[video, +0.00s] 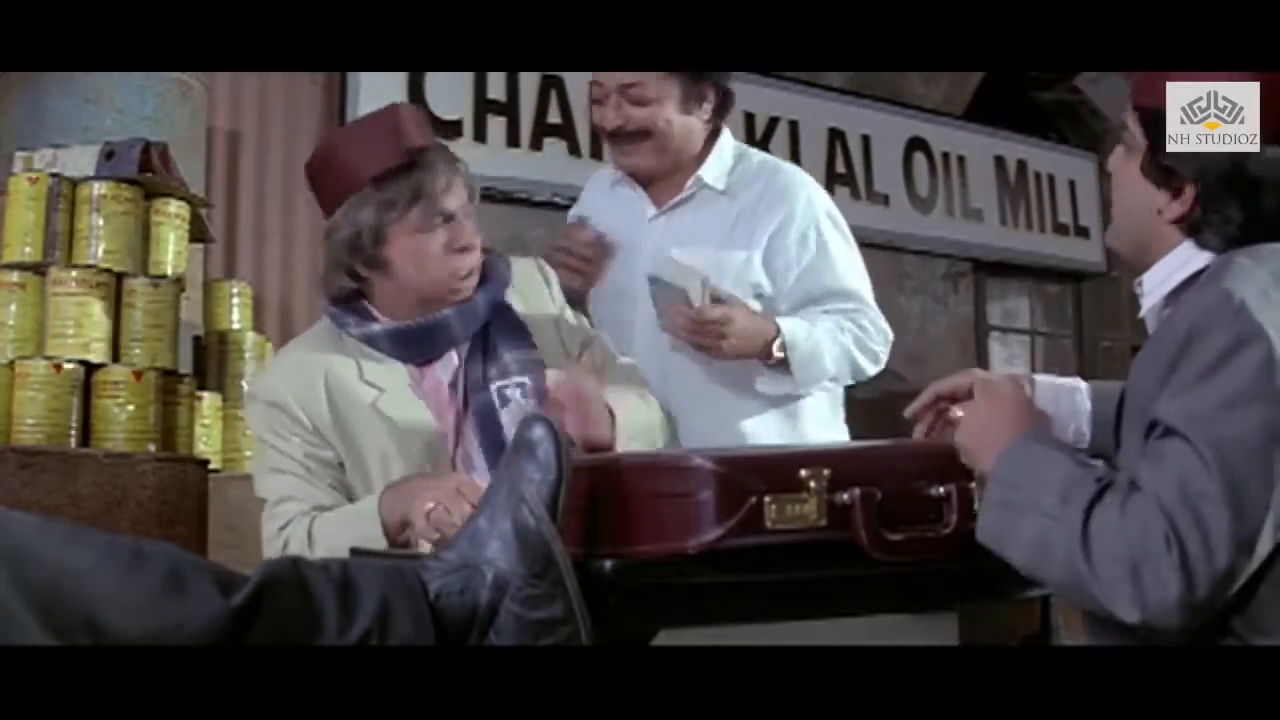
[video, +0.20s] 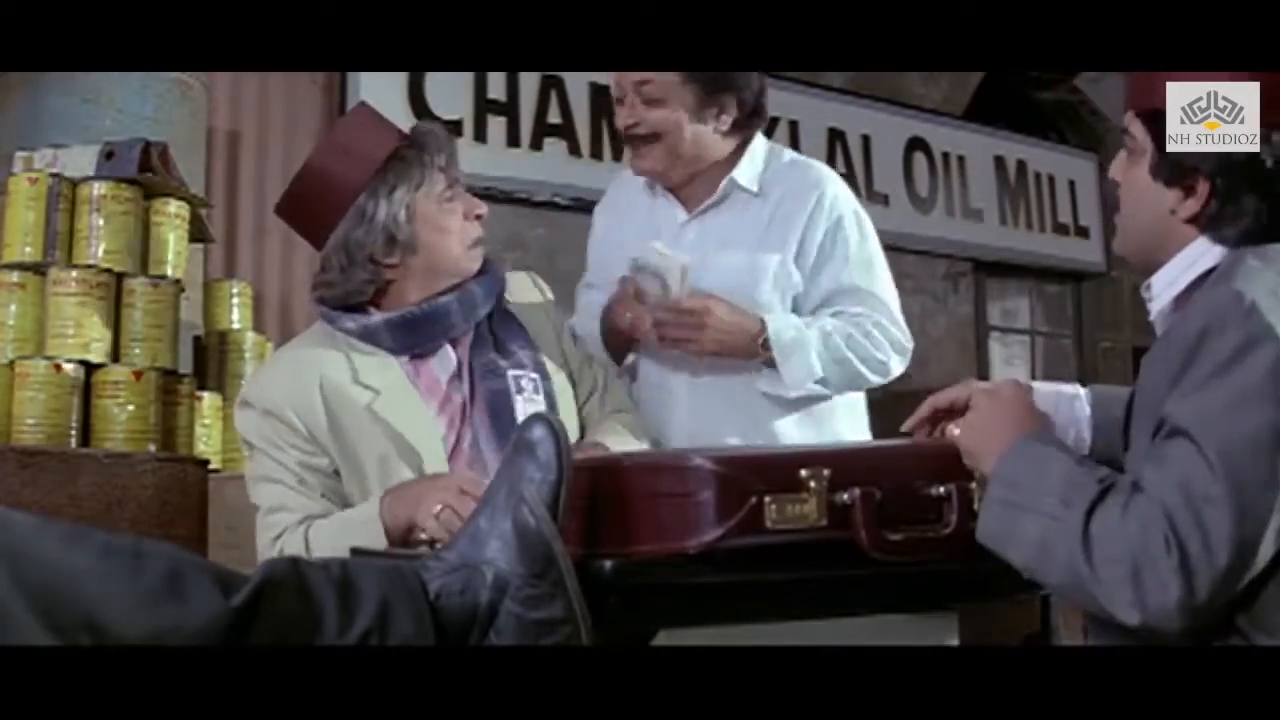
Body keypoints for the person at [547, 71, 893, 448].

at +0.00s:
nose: (611, 119)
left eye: (636, 99)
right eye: (598, 100)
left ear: (704, 102)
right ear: (589, 103)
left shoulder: (786, 197)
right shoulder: (601, 195)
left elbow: (863, 335)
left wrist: (773, 339)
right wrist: (566, 290)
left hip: (773, 486)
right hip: (633, 481)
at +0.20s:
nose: (625, 119)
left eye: (649, 100)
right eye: (618, 101)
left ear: (721, 113)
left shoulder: (813, 197)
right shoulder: (623, 198)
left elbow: (880, 341)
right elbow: (580, 340)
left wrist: (762, 338)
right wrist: (613, 327)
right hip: (661, 488)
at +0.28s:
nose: (617, 123)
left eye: (641, 105)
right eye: (616, 103)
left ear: (716, 123)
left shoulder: (807, 200)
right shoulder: (621, 208)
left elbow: (883, 341)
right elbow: (587, 361)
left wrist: (758, 351)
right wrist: (591, 307)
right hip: (661, 496)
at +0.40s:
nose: (598, 136)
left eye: (622, 117)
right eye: (598, 117)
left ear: (694, 134)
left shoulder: (793, 219)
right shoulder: (597, 249)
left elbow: (878, 351)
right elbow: (571, 377)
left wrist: (771, 377)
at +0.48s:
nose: (586, 146)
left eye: (610, 128)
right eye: (588, 128)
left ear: (683, 143)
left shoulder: (785, 224)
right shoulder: (592, 260)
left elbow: (865, 363)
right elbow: (576, 390)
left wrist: (750, 374)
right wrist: (611, 434)